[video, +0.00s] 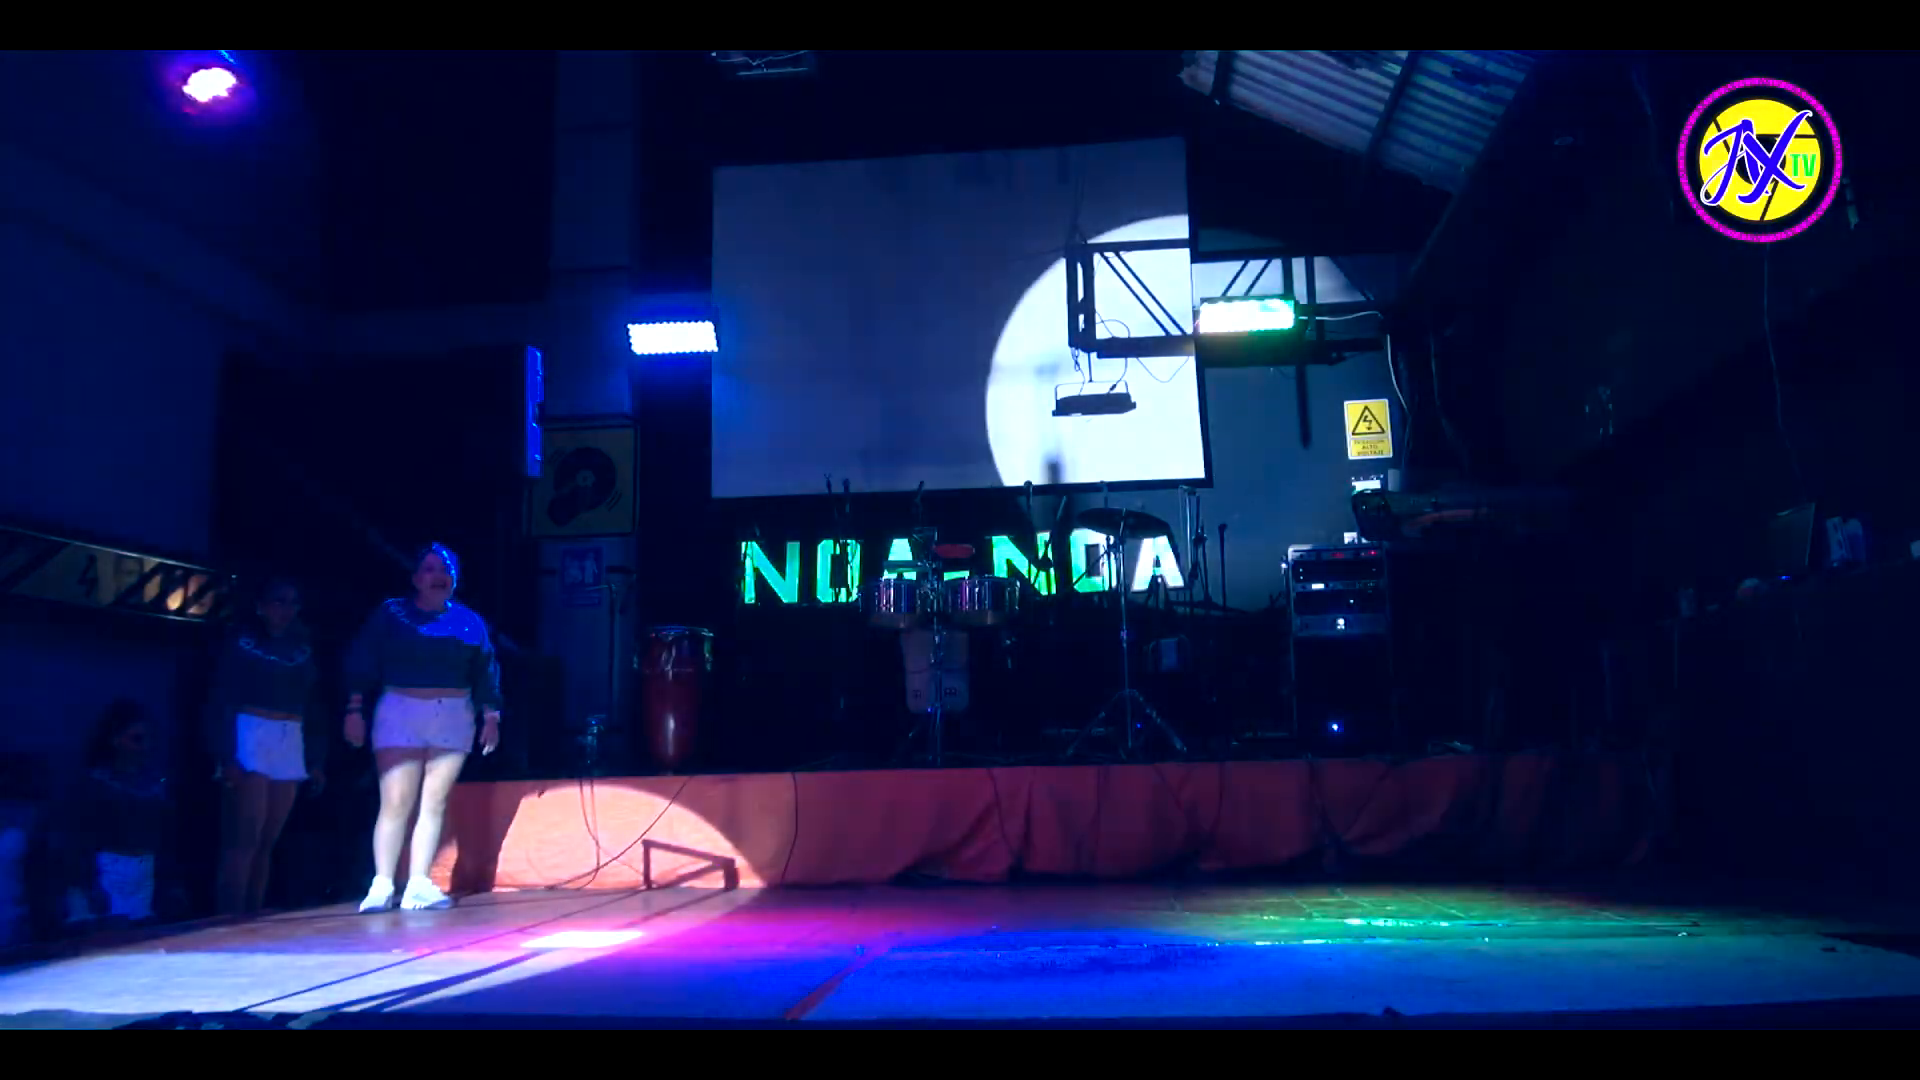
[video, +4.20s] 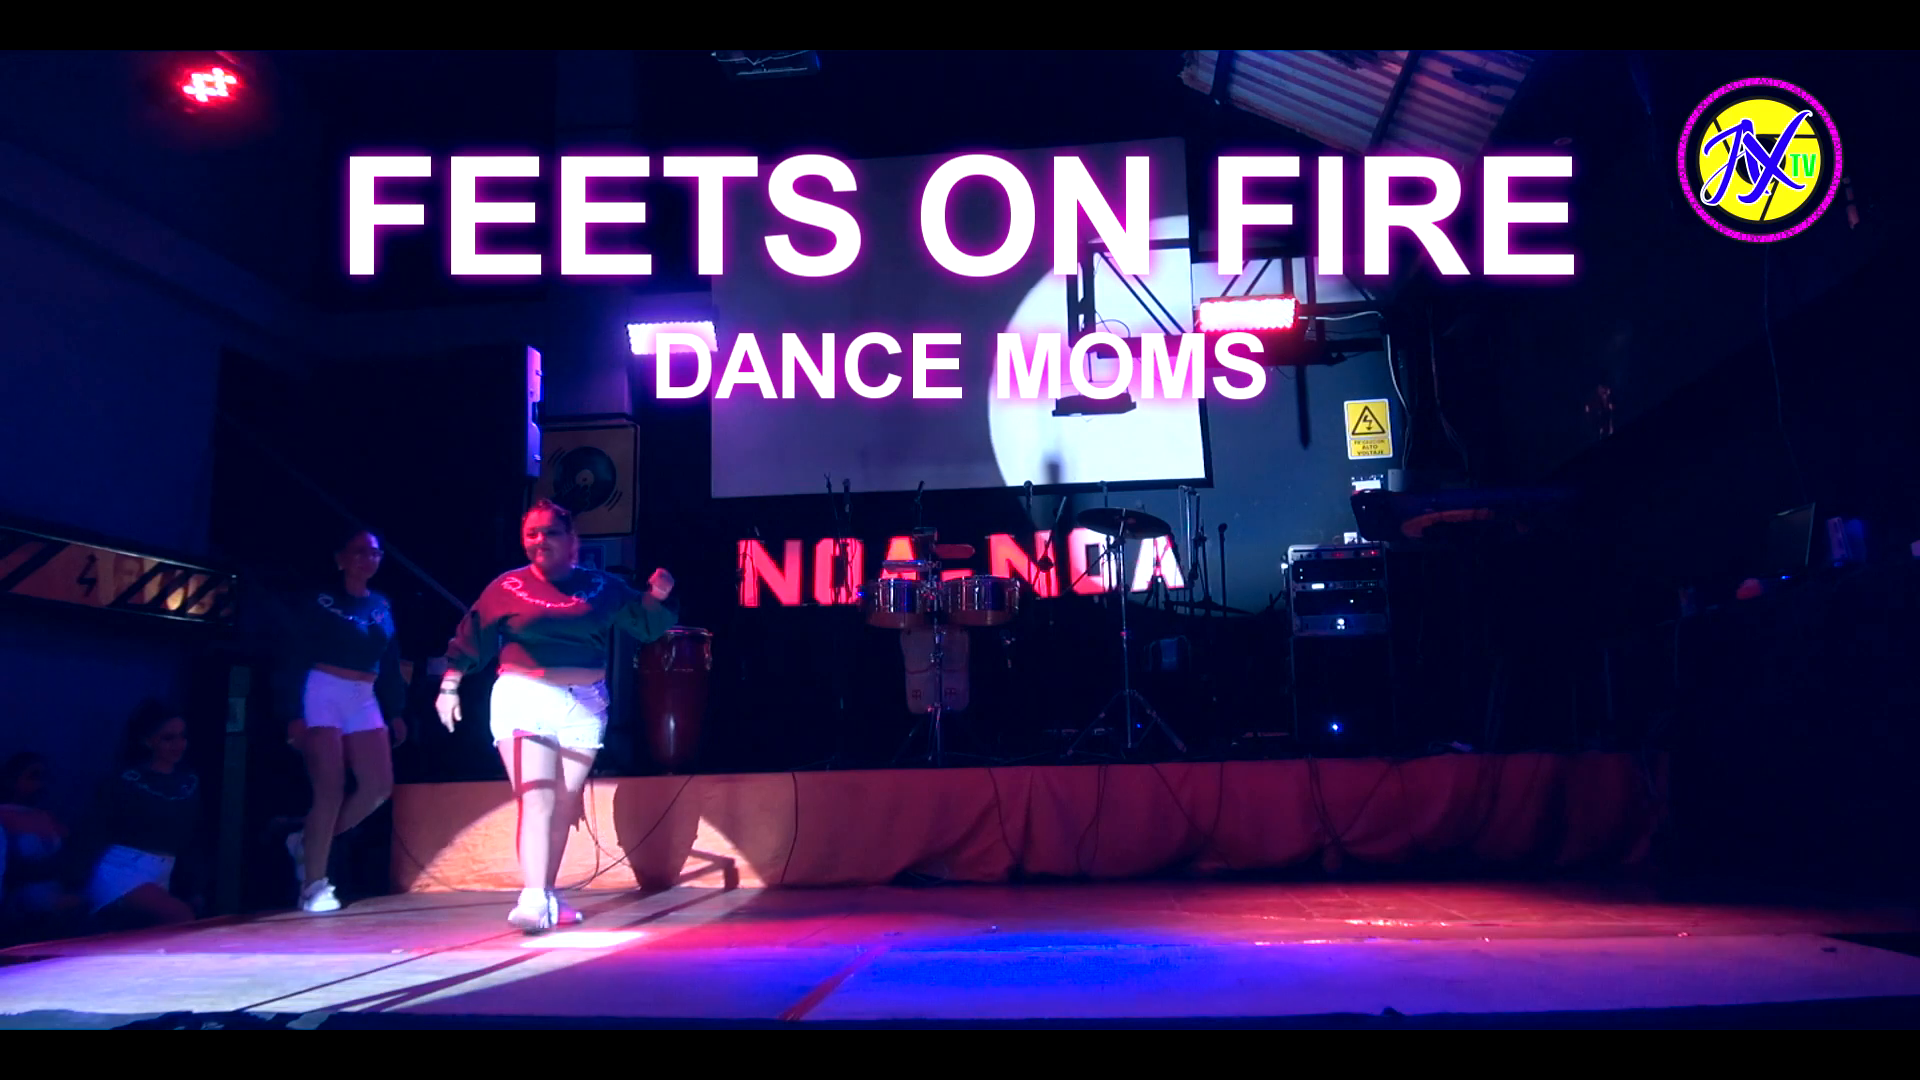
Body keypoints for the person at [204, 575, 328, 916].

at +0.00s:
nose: (284, 611)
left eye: (290, 604)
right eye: (278, 602)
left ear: (298, 609)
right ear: (262, 604)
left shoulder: (302, 649)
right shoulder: (243, 641)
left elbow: (312, 706)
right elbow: (225, 697)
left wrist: (315, 759)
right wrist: (225, 753)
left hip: (291, 730)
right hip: (254, 726)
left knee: (272, 832)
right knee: (250, 827)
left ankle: (255, 908)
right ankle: (233, 908)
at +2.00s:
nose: (282, 610)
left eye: (288, 603)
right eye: (275, 602)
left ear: (294, 608)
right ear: (259, 605)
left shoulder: (300, 649)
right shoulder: (242, 642)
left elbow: (312, 707)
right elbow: (222, 698)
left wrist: (315, 758)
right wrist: (223, 753)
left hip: (292, 733)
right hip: (252, 729)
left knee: (271, 836)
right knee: (249, 831)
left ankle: (254, 915)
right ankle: (232, 913)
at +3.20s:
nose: (295, 610)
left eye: (299, 603)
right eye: (288, 602)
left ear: (304, 609)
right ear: (269, 606)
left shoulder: (310, 652)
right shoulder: (249, 647)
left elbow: (322, 708)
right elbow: (228, 699)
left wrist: (324, 760)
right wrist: (227, 750)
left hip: (300, 736)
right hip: (258, 733)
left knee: (293, 822)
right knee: (288, 813)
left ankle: (263, 906)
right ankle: (244, 894)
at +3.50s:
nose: (305, 610)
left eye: (309, 603)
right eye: (298, 602)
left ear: (313, 610)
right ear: (280, 606)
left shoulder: (320, 653)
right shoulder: (257, 647)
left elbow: (333, 710)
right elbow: (235, 699)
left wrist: (335, 758)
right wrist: (229, 750)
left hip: (308, 734)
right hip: (265, 730)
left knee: (288, 817)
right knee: (323, 783)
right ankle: (293, 873)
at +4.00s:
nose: (348, 577)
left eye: (353, 571)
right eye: (340, 571)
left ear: (360, 577)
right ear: (322, 577)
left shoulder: (365, 625)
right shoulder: (298, 617)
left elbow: (379, 682)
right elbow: (272, 676)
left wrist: (385, 730)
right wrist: (266, 735)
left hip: (343, 716)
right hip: (300, 707)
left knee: (330, 808)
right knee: (332, 795)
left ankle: (276, 897)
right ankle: (315, 887)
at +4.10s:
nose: (358, 565)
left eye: (363, 559)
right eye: (349, 559)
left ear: (369, 568)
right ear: (331, 566)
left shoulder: (372, 614)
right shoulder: (307, 604)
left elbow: (384, 670)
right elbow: (282, 663)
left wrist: (392, 716)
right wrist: (276, 722)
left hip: (353, 704)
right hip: (309, 695)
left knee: (359, 799)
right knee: (329, 789)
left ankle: (283, 867)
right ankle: (314, 886)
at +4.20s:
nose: (370, 558)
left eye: (374, 552)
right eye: (362, 552)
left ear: (379, 560)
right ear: (342, 558)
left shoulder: (380, 606)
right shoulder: (318, 598)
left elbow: (389, 665)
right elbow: (295, 657)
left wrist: (394, 711)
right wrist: (292, 713)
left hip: (364, 694)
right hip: (322, 688)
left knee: (378, 787)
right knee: (329, 789)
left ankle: (308, 841)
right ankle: (315, 885)